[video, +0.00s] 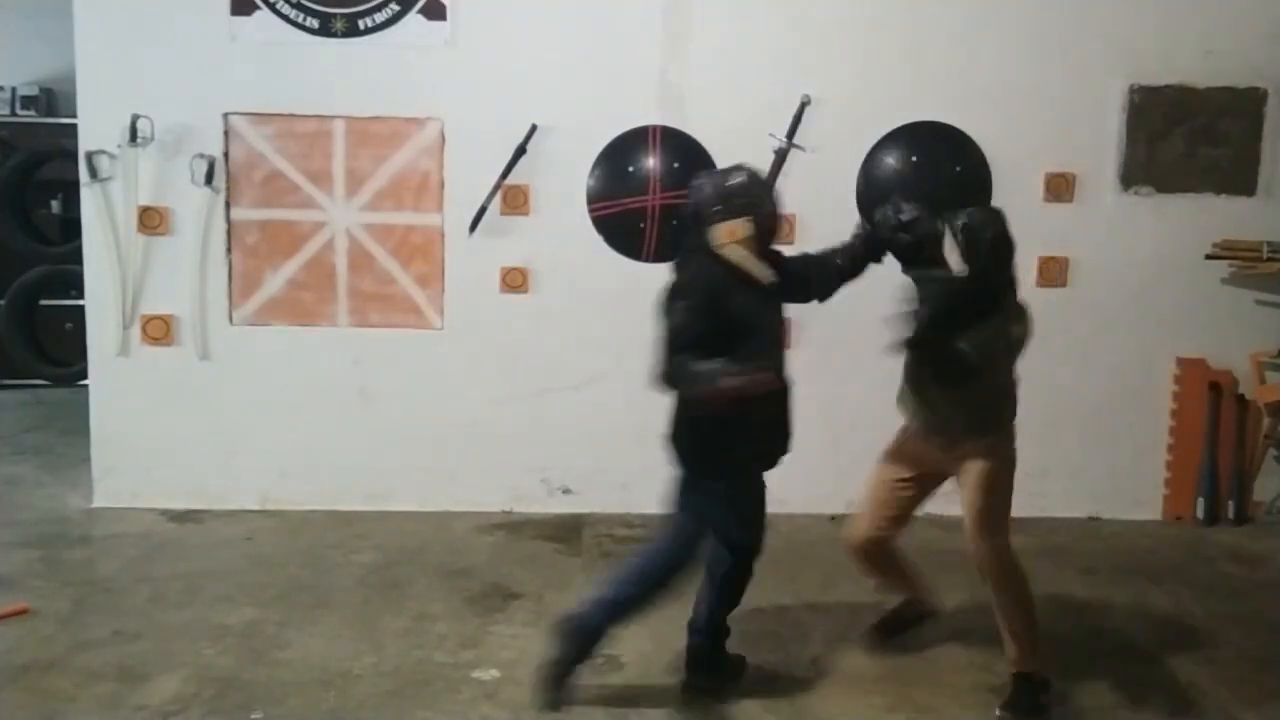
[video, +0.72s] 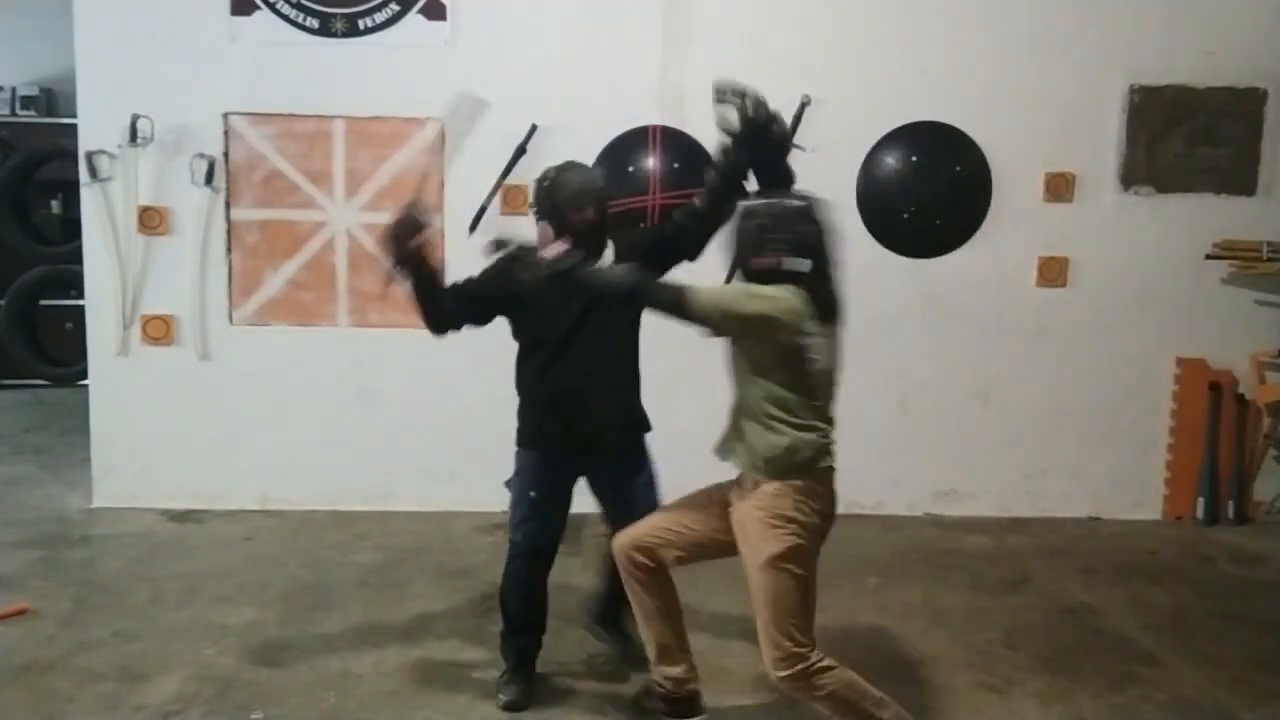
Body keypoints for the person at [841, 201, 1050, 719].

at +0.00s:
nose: (900, 230)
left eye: (907, 214)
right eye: (892, 215)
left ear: (940, 202)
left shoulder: (979, 229)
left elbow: (995, 303)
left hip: (984, 434)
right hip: (926, 429)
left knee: (988, 548)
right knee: (865, 539)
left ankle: (1027, 672)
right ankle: (916, 601)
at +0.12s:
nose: (891, 238)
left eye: (900, 226)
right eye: (888, 224)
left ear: (942, 227)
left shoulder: (971, 308)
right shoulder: (919, 265)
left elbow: (891, 361)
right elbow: (811, 277)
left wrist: (809, 331)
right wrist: (841, 235)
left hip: (955, 446)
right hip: (902, 438)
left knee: (963, 576)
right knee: (829, 542)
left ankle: (1017, 666)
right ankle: (855, 686)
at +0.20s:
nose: (902, 275)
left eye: (913, 264)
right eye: (898, 262)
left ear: (937, 264)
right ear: (893, 259)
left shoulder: (957, 327)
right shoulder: (893, 291)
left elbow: (878, 362)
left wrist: (806, 345)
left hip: (930, 460)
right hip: (875, 453)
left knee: (903, 570)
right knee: (817, 559)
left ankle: (983, 669)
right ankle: (852, 693)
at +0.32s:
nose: (863, 257)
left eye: (874, 253)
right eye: (866, 247)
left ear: (908, 262)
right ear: (877, 253)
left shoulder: (926, 332)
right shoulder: (874, 290)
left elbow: (835, 382)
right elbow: (829, 290)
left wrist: (771, 347)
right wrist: (788, 287)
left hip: (902, 476)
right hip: (847, 467)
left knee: (883, 602)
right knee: (771, 572)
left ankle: (921, 711)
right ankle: (828, 687)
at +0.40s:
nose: (840, 288)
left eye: (852, 280)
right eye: (841, 274)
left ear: (884, 288)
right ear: (845, 269)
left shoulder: (898, 352)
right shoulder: (853, 289)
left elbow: (787, 361)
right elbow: (775, 278)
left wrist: (720, 311)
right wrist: (709, 278)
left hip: (878, 501)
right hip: (831, 490)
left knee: (862, 623)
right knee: (725, 563)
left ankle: (917, 711)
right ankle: (755, 693)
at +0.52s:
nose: (812, 249)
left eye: (826, 247)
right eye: (821, 239)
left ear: (846, 273)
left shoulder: (855, 340)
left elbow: (743, 306)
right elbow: (791, 259)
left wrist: (661, 255)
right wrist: (768, 237)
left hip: (833, 507)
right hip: (799, 499)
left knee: (810, 656)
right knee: (682, 571)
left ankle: (895, 713)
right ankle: (705, 709)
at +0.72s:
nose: (739, 249)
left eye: (749, 239)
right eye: (746, 237)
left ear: (765, 247)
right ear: (797, 248)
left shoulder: (785, 303)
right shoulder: (781, 299)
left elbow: (676, 298)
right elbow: (779, 222)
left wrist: (572, 271)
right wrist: (769, 163)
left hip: (787, 496)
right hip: (750, 489)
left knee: (790, 663)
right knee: (636, 549)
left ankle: (894, 715)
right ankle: (675, 688)